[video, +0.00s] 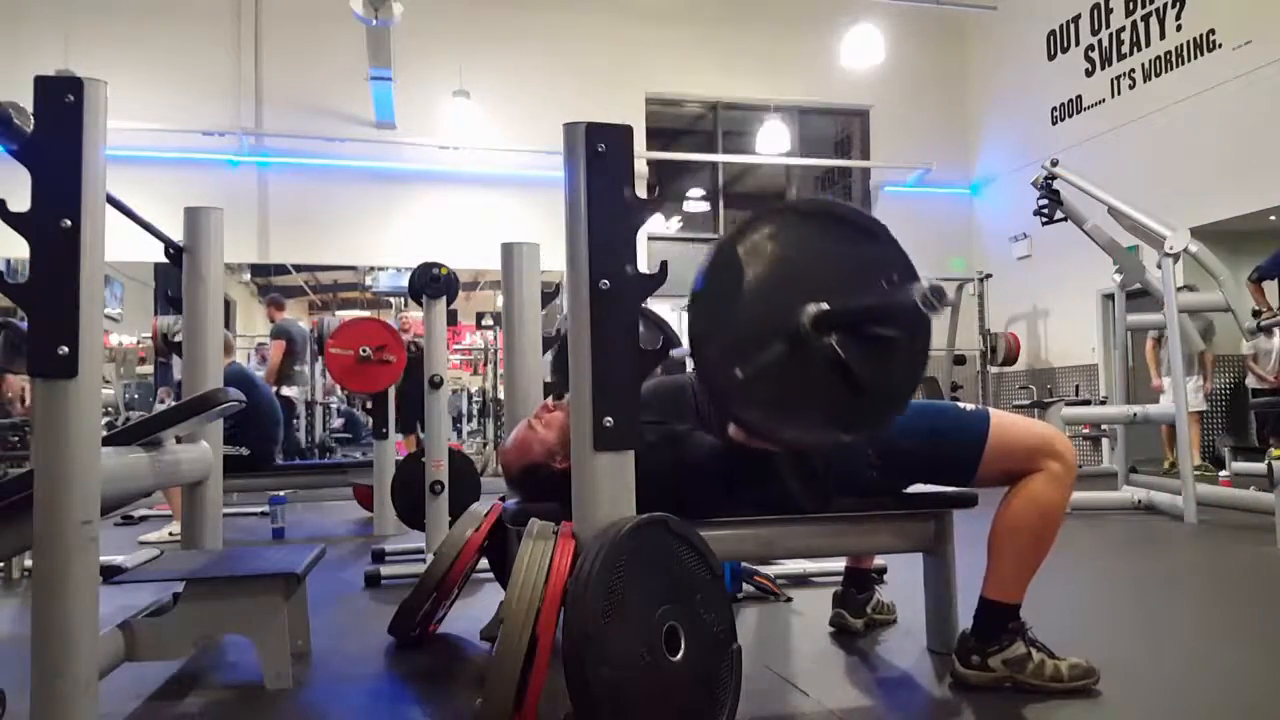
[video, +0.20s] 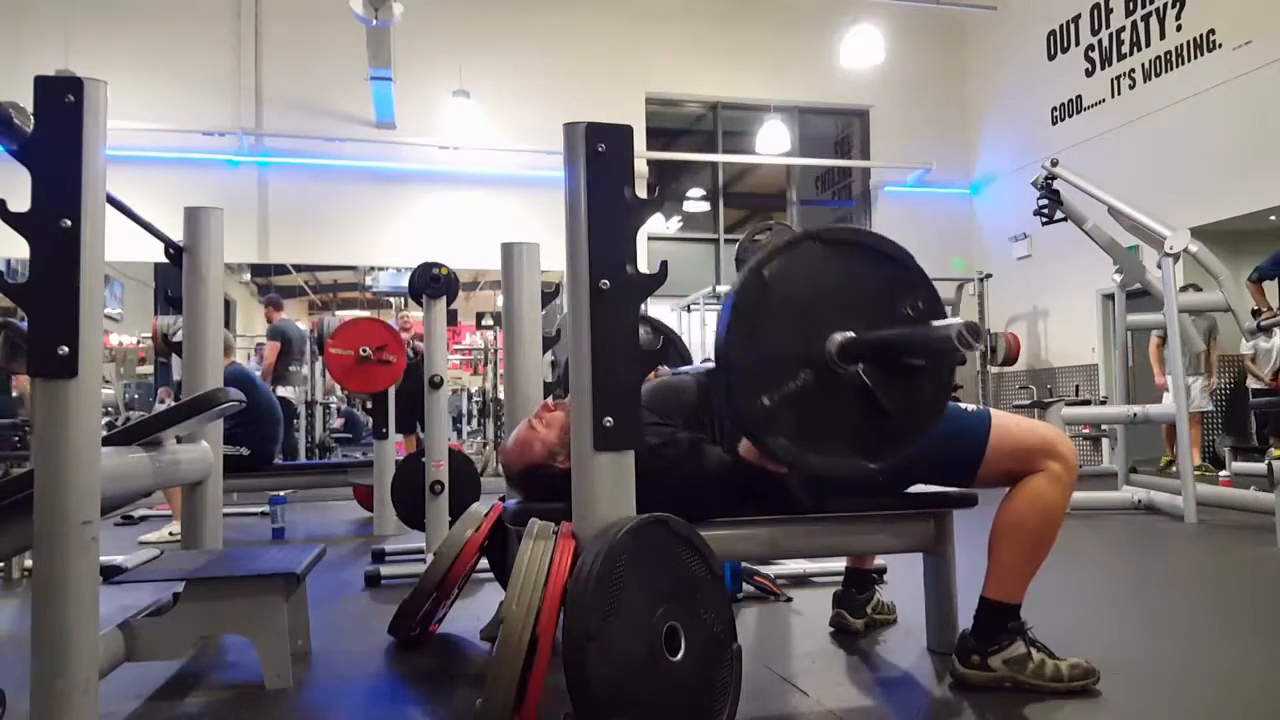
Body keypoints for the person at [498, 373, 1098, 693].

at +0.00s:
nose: (542, 414)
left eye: (529, 420)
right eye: (534, 429)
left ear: (539, 439)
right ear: (545, 461)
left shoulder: (599, 430)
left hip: (774, 427)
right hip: (821, 439)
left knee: (894, 437)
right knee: (1052, 455)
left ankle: (857, 591)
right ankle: (993, 637)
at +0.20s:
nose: (544, 411)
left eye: (532, 417)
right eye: (537, 428)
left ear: (548, 424)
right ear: (552, 463)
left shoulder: (608, 429)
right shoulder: (619, 462)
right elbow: (749, 461)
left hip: (790, 430)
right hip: (826, 446)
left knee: (895, 442)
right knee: (1053, 453)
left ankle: (856, 593)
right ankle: (992, 638)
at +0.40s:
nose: (544, 408)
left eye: (533, 414)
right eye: (537, 426)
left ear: (554, 436)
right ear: (555, 458)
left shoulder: (611, 428)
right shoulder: (627, 442)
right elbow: (766, 466)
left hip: (802, 436)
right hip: (833, 447)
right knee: (1053, 456)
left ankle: (856, 595)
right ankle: (992, 639)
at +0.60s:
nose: (544, 409)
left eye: (533, 416)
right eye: (537, 428)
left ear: (553, 437)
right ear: (556, 458)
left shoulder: (612, 427)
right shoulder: (627, 444)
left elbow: (667, 388)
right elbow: (761, 468)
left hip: (797, 441)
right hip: (827, 452)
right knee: (1053, 455)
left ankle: (856, 596)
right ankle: (993, 640)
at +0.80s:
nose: (542, 407)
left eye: (531, 416)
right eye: (536, 424)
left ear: (550, 436)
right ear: (553, 453)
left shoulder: (612, 420)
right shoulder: (621, 450)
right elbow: (746, 451)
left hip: (799, 424)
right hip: (832, 433)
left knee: (890, 446)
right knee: (1052, 455)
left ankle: (855, 597)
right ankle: (993, 640)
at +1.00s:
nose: (534, 408)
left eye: (522, 414)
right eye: (529, 425)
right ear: (549, 459)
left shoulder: (606, 427)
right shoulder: (601, 453)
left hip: (773, 435)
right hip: (823, 435)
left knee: (887, 440)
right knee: (1046, 452)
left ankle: (859, 590)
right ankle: (993, 640)